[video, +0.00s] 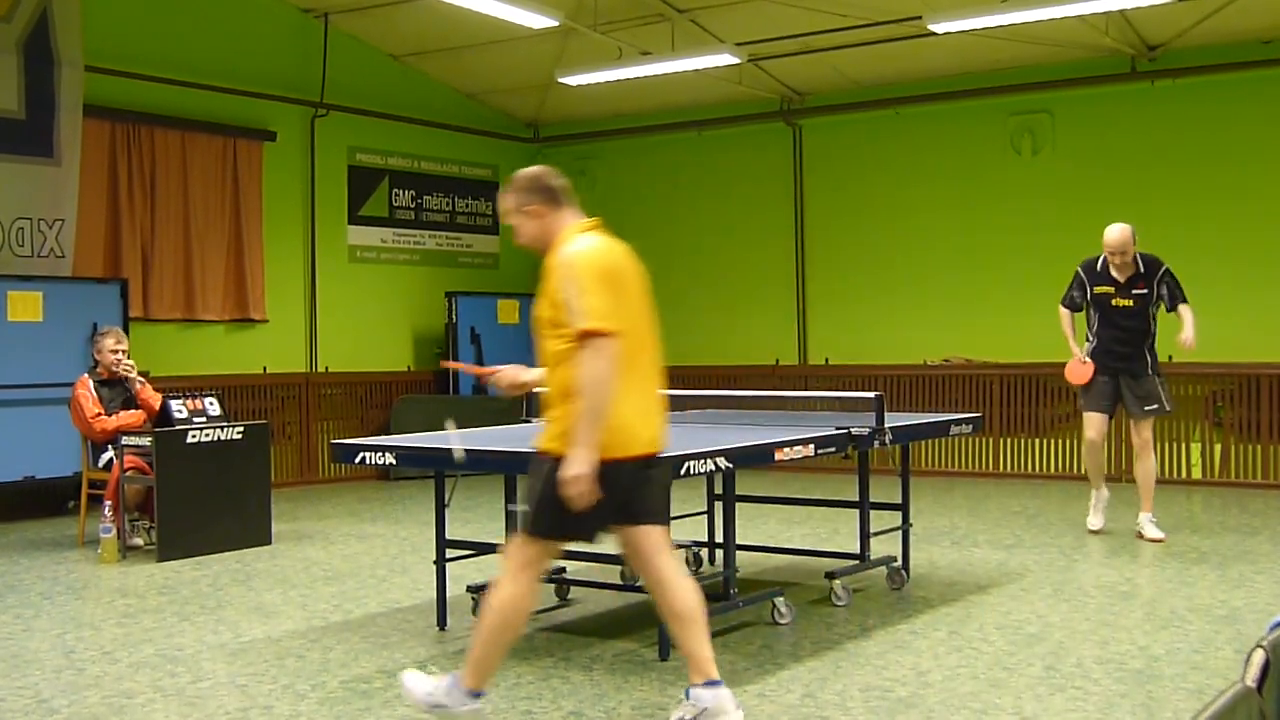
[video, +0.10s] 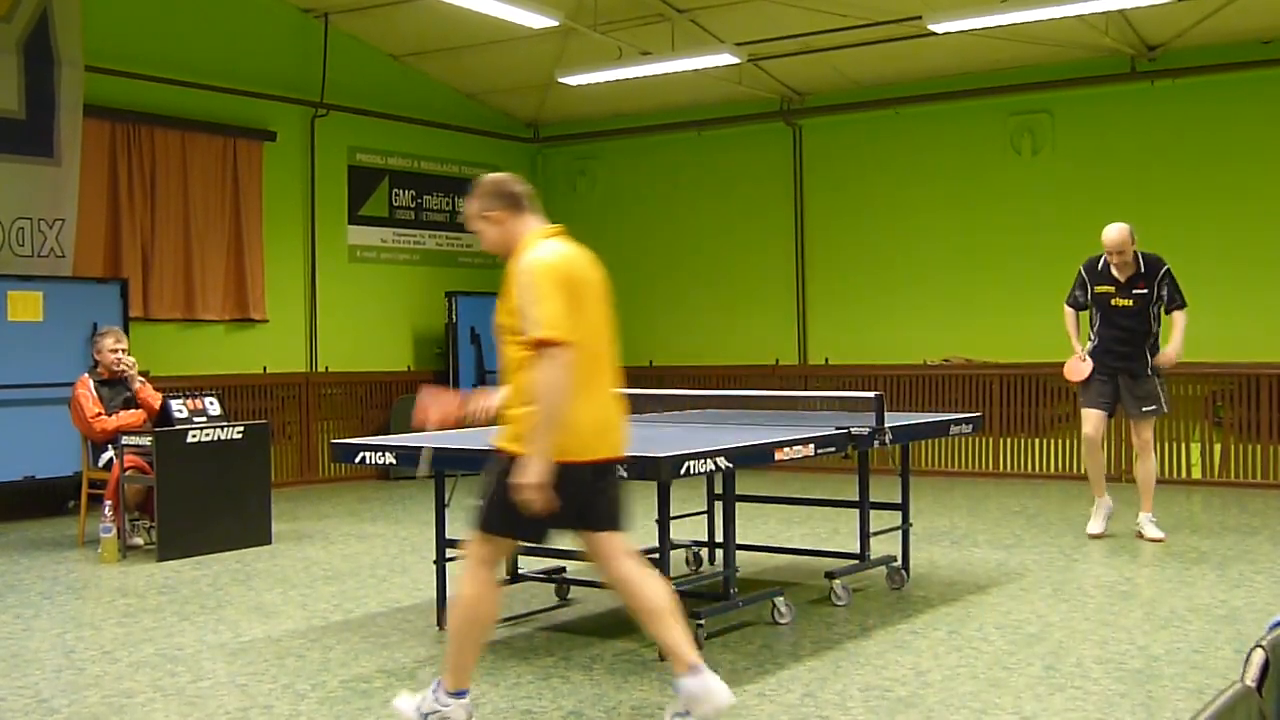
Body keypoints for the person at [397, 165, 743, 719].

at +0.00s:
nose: (514, 235)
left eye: (513, 221)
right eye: (510, 223)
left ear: (538, 209)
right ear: (552, 207)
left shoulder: (576, 255)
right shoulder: (611, 251)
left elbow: (600, 351)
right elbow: (613, 360)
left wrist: (584, 449)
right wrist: (533, 377)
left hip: (580, 449)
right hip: (634, 446)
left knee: (521, 566)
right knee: (658, 562)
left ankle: (466, 686)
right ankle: (709, 687)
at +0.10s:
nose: (479, 241)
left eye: (478, 228)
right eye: (475, 230)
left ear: (502, 216)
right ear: (522, 211)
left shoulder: (538, 262)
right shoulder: (575, 256)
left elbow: (554, 359)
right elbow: (570, 362)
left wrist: (539, 456)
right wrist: (500, 398)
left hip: (540, 449)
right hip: (593, 447)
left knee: (481, 556)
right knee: (616, 555)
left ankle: (451, 693)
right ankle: (696, 677)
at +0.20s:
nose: (429, 238)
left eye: (427, 226)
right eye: (426, 227)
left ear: (444, 215)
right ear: (477, 207)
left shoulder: (481, 261)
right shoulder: (529, 256)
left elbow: (482, 357)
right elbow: (539, 355)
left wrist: (454, 440)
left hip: (489, 444)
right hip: (540, 443)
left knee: (442, 556)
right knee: (528, 554)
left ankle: (446, 693)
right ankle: (621, 641)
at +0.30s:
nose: (407, 236)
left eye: (404, 225)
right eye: (402, 226)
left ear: (420, 211)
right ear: (454, 204)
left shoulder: (447, 255)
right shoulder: (514, 255)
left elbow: (434, 348)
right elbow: (521, 345)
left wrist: (397, 420)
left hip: (461, 435)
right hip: (513, 432)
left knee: (433, 554)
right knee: (487, 540)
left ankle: (445, 692)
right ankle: (556, 637)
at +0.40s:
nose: (378, 225)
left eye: (376, 217)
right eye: (376, 218)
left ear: (387, 206)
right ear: (429, 200)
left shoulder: (403, 249)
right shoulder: (494, 256)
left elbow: (371, 338)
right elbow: (517, 344)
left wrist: (359, 385)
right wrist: (492, 401)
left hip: (429, 427)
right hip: (482, 425)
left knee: (426, 557)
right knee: (445, 539)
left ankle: (445, 691)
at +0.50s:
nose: (361, 225)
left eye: (360, 217)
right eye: (361, 217)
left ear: (371, 210)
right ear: (416, 205)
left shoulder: (377, 253)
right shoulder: (475, 261)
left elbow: (345, 337)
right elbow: (504, 347)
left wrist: (333, 385)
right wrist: (480, 409)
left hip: (409, 424)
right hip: (464, 424)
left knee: (423, 554)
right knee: (417, 543)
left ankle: (445, 690)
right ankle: (395, 658)